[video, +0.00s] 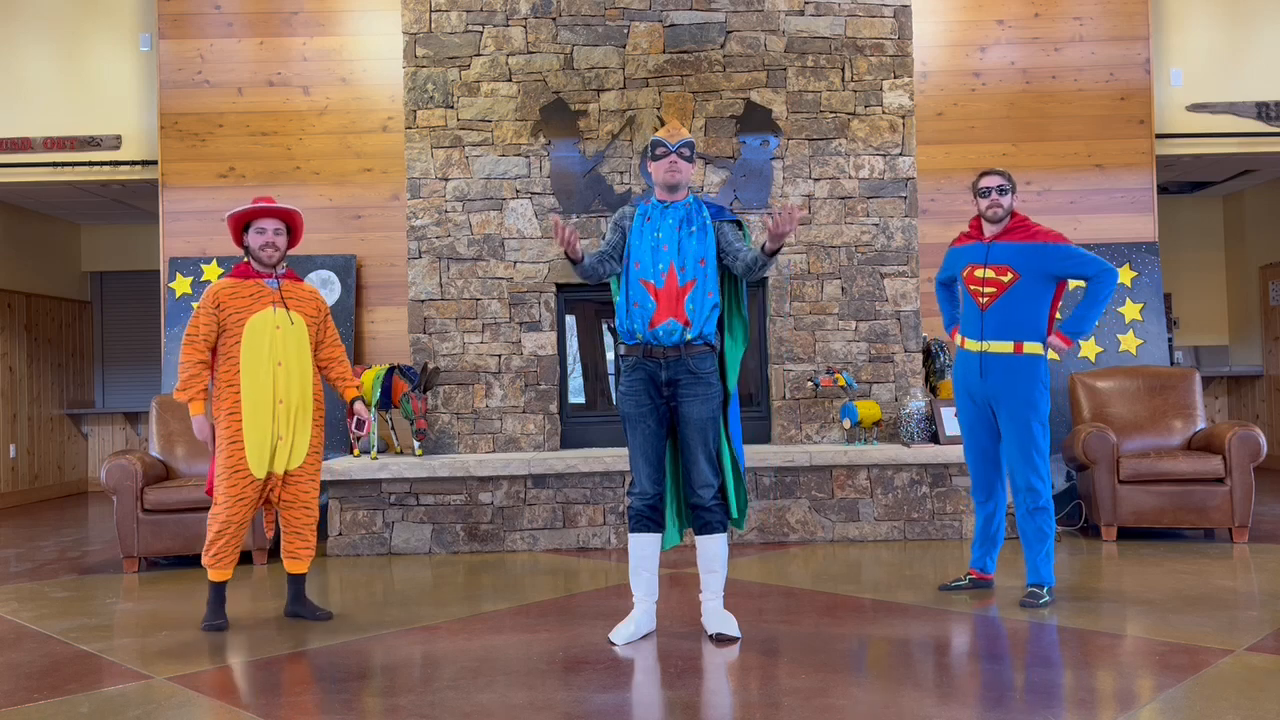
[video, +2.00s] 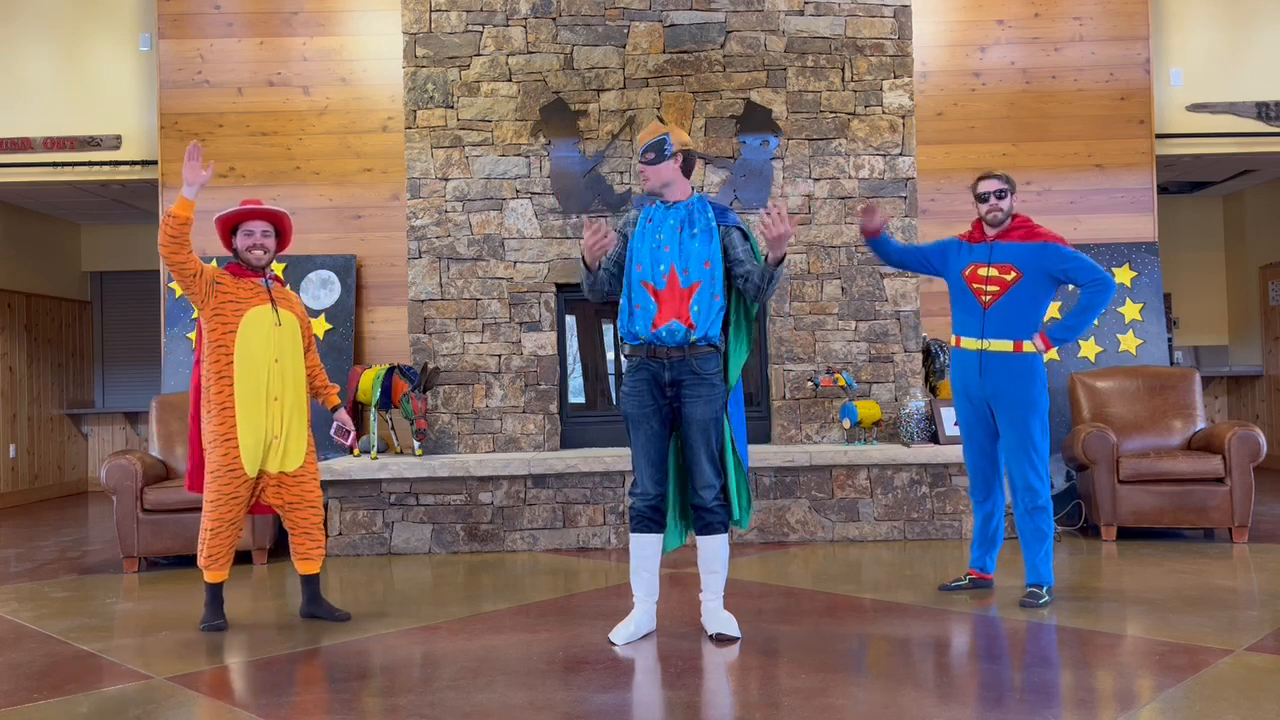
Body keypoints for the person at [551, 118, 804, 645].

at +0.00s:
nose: (674, 159)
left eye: (683, 154)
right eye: (663, 154)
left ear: (695, 168)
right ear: (647, 168)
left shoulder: (713, 217)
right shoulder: (628, 218)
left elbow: (745, 266)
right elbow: (604, 267)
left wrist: (769, 246)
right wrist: (578, 256)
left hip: (696, 364)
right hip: (639, 366)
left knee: (705, 484)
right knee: (645, 488)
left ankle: (714, 608)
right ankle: (643, 609)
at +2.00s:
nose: (645, 164)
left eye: (656, 155)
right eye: (642, 159)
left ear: (685, 163)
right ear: (643, 170)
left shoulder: (720, 220)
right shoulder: (637, 222)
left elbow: (753, 286)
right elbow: (605, 291)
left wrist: (774, 257)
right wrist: (595, 263)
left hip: (700, 366)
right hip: (641, 367)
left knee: (706, 484)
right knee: (647, 487)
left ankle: (713, 608)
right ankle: (644, 610)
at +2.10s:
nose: (640, 168)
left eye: (650, 158)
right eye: (638, 161)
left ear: (679, 162)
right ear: (644, 169)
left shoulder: (718, 219)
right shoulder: (633, 221)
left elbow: (749, 292)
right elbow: (606, 299)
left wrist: (778, 268)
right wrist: (585, 272)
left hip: (701, 366)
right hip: (642, 367)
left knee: (707, 485)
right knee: (647, 488)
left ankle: (713, 608)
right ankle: (644, 610)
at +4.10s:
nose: (679, 161)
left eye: (689, 153)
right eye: (668, 153)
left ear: (701, 163)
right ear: (652, 161)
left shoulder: (722, 218)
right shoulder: (629, 219)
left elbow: (750, 298)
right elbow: (603, 300)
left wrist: (760, 255)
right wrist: (597, 247)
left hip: (702, 365)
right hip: (643, 366)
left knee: (708, 485)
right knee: (647, 488)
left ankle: (713, 607)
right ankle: (644, 609)